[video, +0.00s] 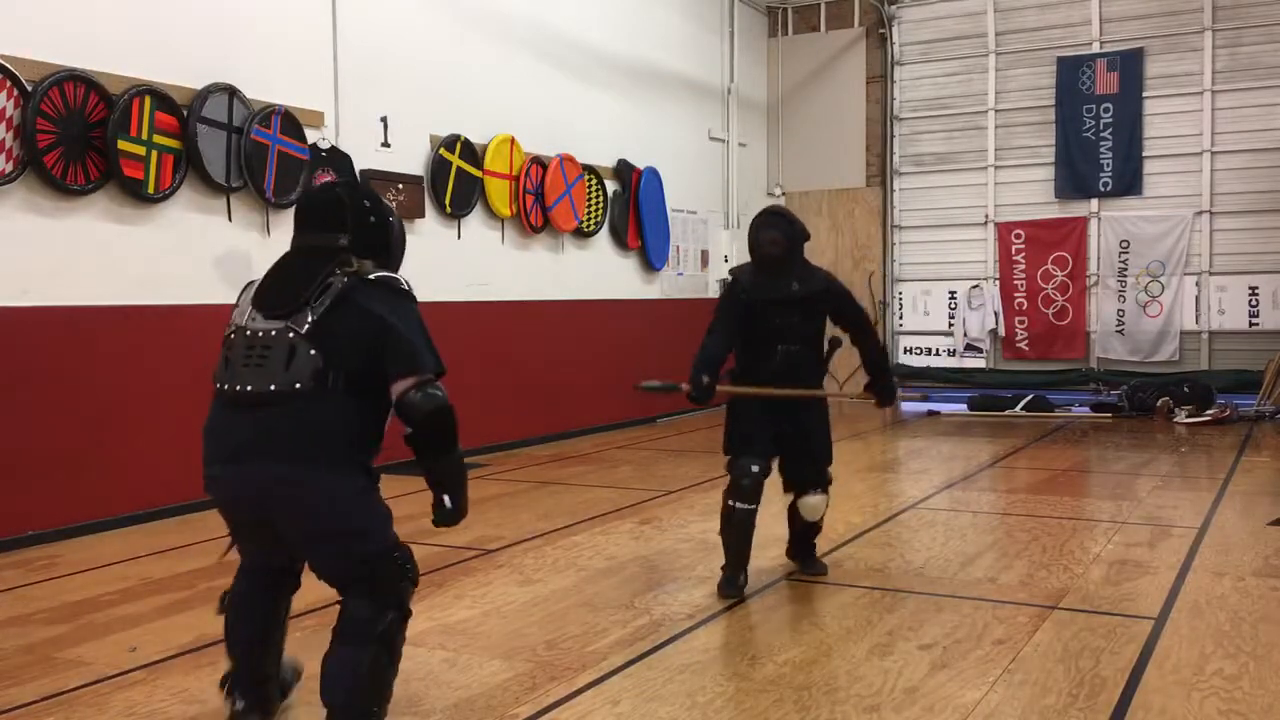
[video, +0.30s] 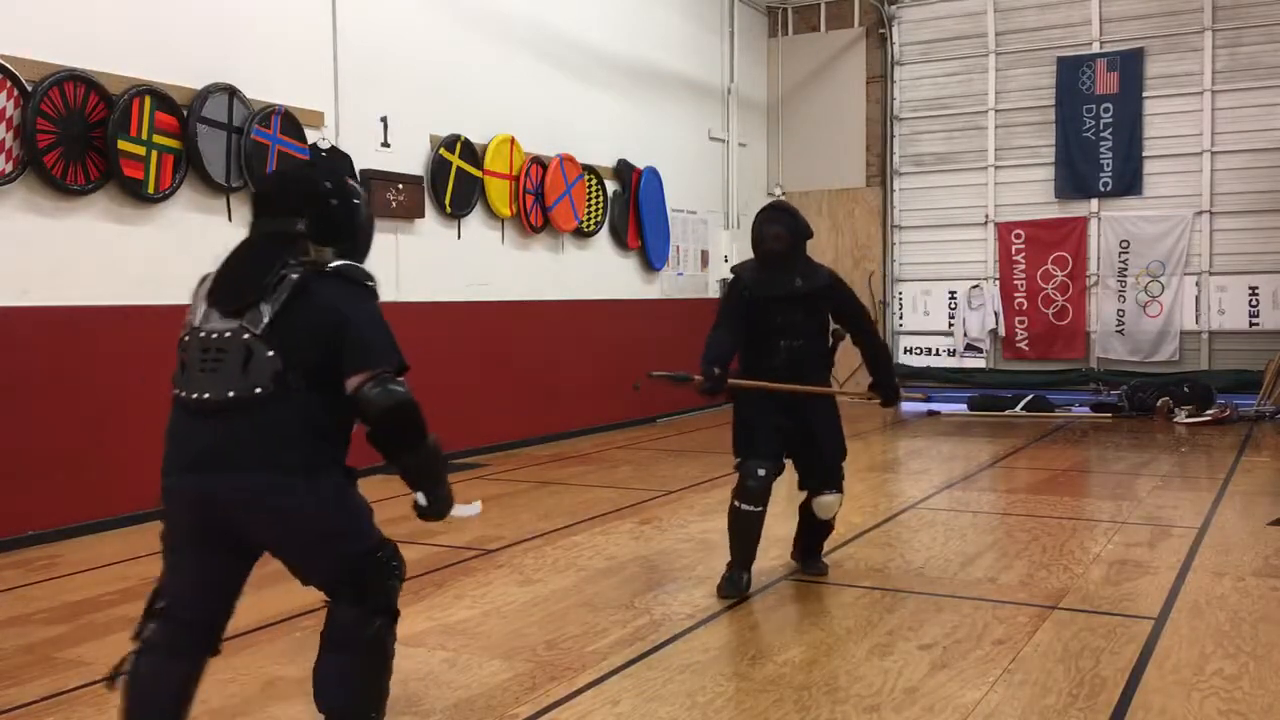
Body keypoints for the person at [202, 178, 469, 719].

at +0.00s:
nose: (397, 246)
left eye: (394, 235)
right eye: (392, 236)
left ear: (310, 235)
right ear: (373, 239)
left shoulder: (261, 288)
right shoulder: (377, 293)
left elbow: (243, 383)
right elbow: (423, 404)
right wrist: (447, 482)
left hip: (231, 467)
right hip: (320, 476)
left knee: (265, 560)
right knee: (380, 579)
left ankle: (251, 688)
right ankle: (355, 705)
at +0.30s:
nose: (363, 216)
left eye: (358, 202)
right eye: (354, 204)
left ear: (268, 214)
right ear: (328, 215)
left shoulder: (214, 284)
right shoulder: (337, 287)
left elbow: (212, 392)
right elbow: (382, 401)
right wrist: (428, 475)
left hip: (196, 485)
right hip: (291, 486)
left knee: (181, 623)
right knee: (368, 578)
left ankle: (145, 708)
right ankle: (350, 707)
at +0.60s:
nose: (324, 211)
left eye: (320, 199)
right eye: (315, 199)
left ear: (229, 207)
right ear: (293, 205)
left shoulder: (176, 272)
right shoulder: (311, 276)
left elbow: (160, 387)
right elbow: (344, 400)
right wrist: (381, 488)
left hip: (173, 487)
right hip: (274, 487)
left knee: (161, 630)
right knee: (363, 577)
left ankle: (134, 709)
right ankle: (386, 708)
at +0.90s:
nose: (379, 212)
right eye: (372, 202)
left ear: (280, 206)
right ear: (357, 206)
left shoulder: (229, 278)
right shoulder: (382, 273)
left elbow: (225, 379)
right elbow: (443, 387)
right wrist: (457, 470)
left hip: (256, 484)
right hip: (361, 483)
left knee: (202, 626)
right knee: (388, 616)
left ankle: (174, 708)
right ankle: (395, 709)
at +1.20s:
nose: (416, 208)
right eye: (406, 198)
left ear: (308, 210)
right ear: (390, 208)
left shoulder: (261, 283)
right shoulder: (416, 281)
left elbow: (254, 387)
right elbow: (468, 407)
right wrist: (490, 493)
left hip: (292, 507)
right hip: (399, 502)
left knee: (278, 660)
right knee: (411, 619)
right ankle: (404, 707)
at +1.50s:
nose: (455, 211)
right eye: (447, 202)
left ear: (355, 207)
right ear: (431, 208)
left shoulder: (299, 285)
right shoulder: (458, 285)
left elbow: (291, 389)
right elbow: (507, 412)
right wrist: (527, 513)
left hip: (328, 512)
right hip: (438, 504)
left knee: (290, 671)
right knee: (492, 602)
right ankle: (528, 706)